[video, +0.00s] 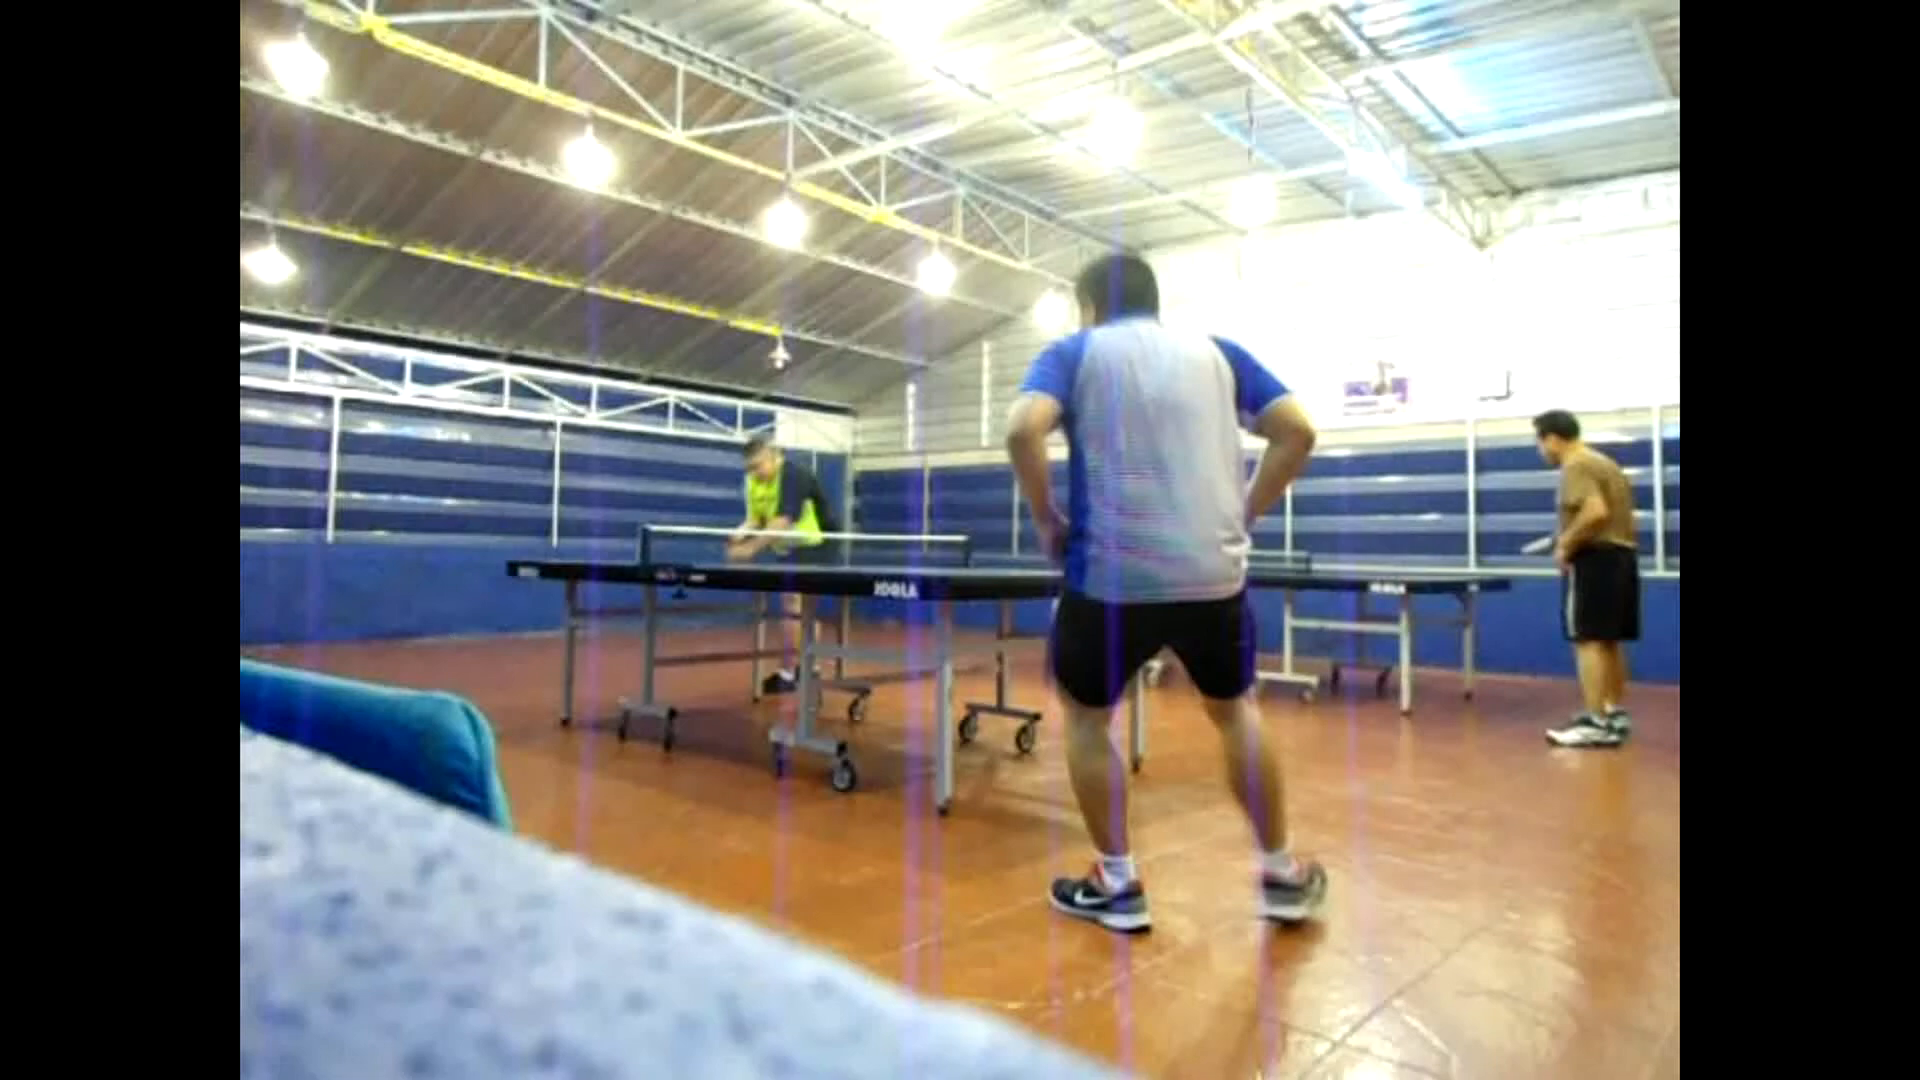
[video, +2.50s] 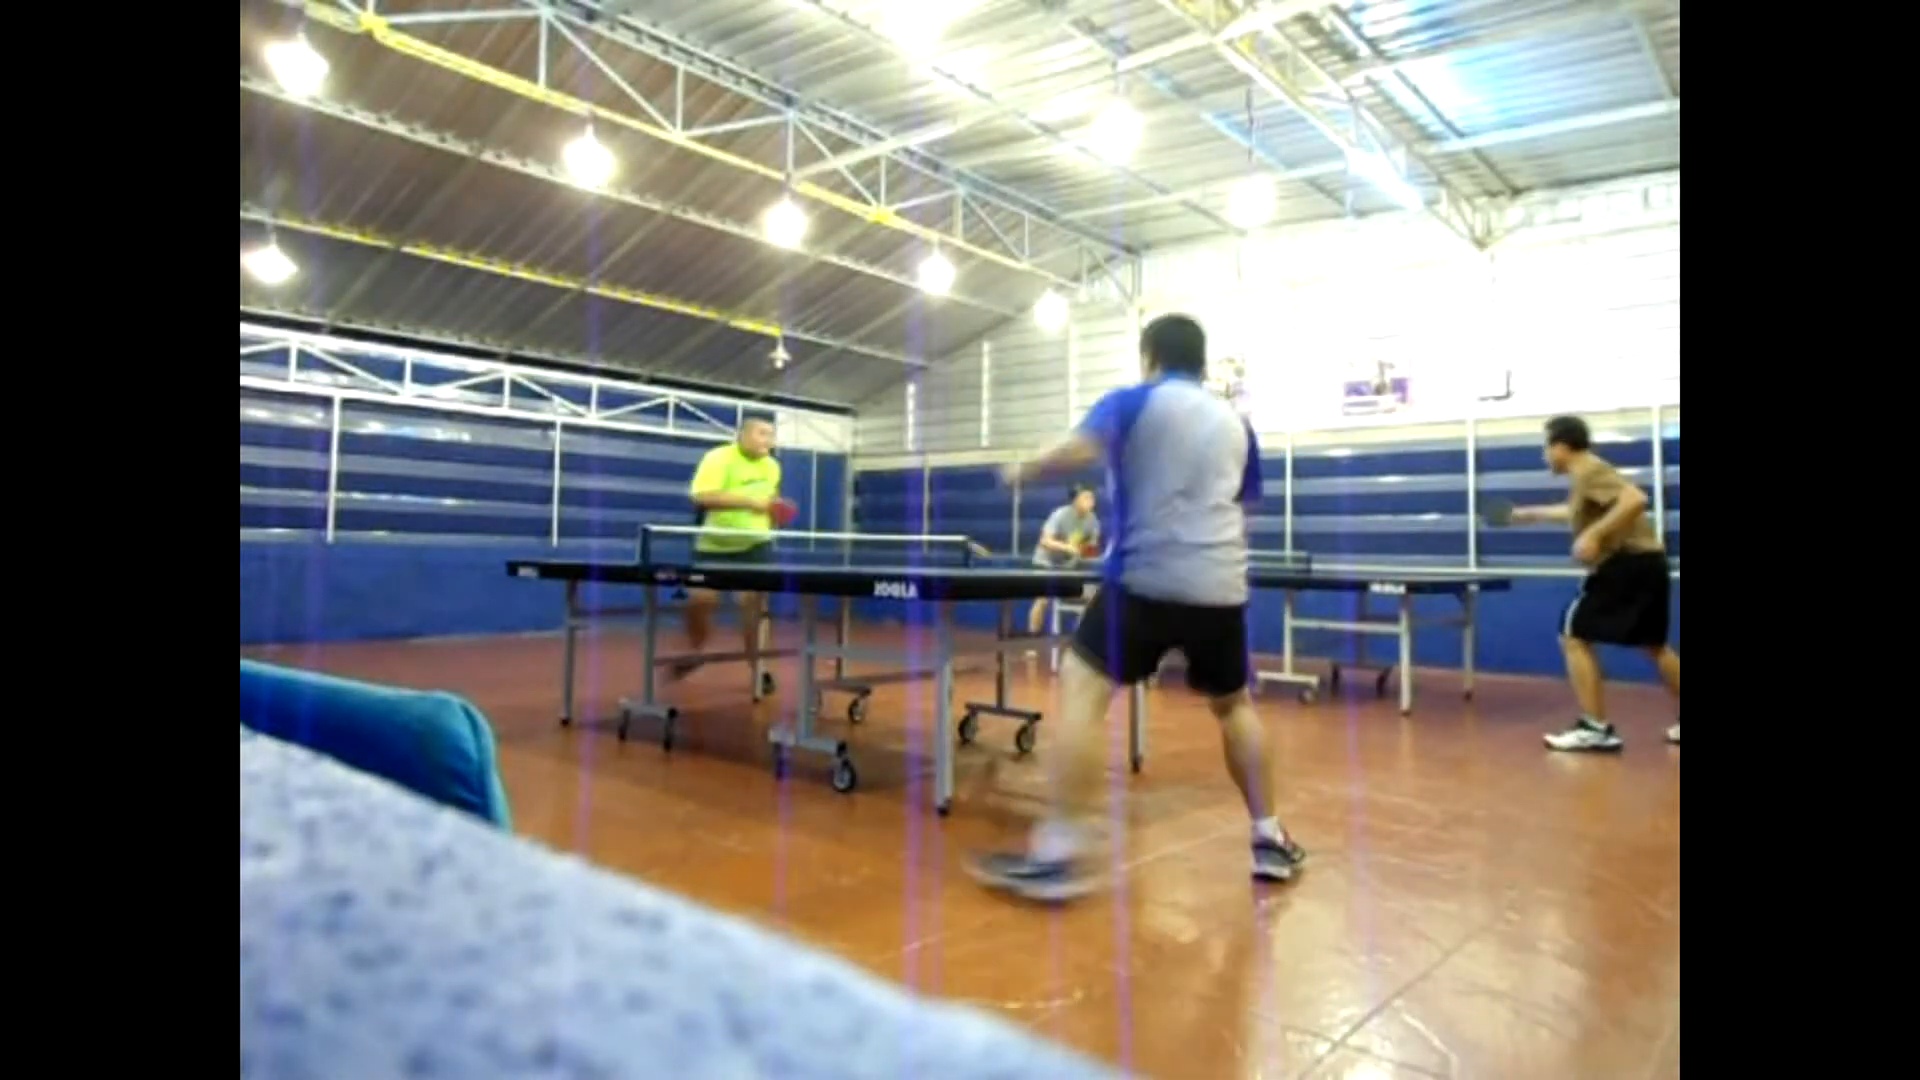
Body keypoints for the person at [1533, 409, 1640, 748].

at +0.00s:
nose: (1541, 449)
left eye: (1542, 441)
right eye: (1540, 442)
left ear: (1555, 439)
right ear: (1571, 435)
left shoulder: (1575, 466)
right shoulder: (1606, 464)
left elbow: (1595, 510)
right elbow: (1627, 517)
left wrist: (1565, 542)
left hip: (1595, 552)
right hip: (1621, 552)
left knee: (1588, 639)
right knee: (1608, 640)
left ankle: (1595, 717)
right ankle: (1614, 711)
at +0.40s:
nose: (1547, 444)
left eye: (1549, 436)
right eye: (1547, 436)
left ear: (1560, 436)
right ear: (1585, 434)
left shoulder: (1570, 468)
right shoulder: (1623, 468)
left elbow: (1571, 514)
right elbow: (1642, 518)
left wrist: (1555, 541)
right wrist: (1618, 538)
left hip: (1588, 556)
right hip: (1627, 557)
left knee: (1573, 640)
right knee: (1631, 638)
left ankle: (1594, 720)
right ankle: (1661, 714)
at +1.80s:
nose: (1559, 457)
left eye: (1560, 449)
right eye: (1558, 450)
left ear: (1573, 445)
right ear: (1591, 443)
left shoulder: (1593, 469)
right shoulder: (1626, 468)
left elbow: (1590, 517)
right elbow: (1633, 528)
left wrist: (1568, 537)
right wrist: (1589, 537)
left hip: (1632, 554)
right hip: (1665, 551)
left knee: (1603, 638)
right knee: (1657, 642)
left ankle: (1614, 721)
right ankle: (1671, 719)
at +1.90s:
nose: (1546, 466)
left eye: (1547, 458)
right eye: (1545, 459)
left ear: (1560, 455)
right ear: (1577, 450)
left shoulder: (1586, 475)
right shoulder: (1612, 472)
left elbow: (1573, 528)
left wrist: (1546, 532)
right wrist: (1561, 535)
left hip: (1635, 559)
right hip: (1666, 554)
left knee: (1602, 640)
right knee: (1656, 645)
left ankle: (1599, 723)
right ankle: (1671, 719)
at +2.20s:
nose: (1523, 476)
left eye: (1524, 467)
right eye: (1522, 467)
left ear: (1538, 463)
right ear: (1552, 459)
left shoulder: (1568, 484)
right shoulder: (1582, 480)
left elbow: (1558, 530)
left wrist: (1525, 528)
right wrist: (1532, 525)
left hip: (1621, 567)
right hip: (1652, 561)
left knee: (1576, 642)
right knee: (1649, 645)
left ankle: (1595, 725)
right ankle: (1676, 718)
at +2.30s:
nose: (1524, 465)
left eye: (1526, 456)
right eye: (1523, 457)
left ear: (1542, 455)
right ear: (1551, 455)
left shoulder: (1573, 476)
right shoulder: (1560, 486)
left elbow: (1593, 512)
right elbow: (1529, 508)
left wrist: (1554, 532)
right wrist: (1492, 504)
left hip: (1621, 564)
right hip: (1647, 562)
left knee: (1577, 640)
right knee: (1653, 646)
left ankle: (1595, 724)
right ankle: (1680, 718)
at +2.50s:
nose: (1547, 455)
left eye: (1549, 447)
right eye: (1547, 447)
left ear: (1564, 446)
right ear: (1575, 445)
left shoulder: (1589, 470)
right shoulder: (1586, 474)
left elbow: (1633, 498)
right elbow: (1577, 511)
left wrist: (1595, 534)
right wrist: (1533, 514)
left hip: (1624, 563)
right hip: (1649, 562)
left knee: (1574, 638)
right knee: (1655, 645)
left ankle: (1595, 725)